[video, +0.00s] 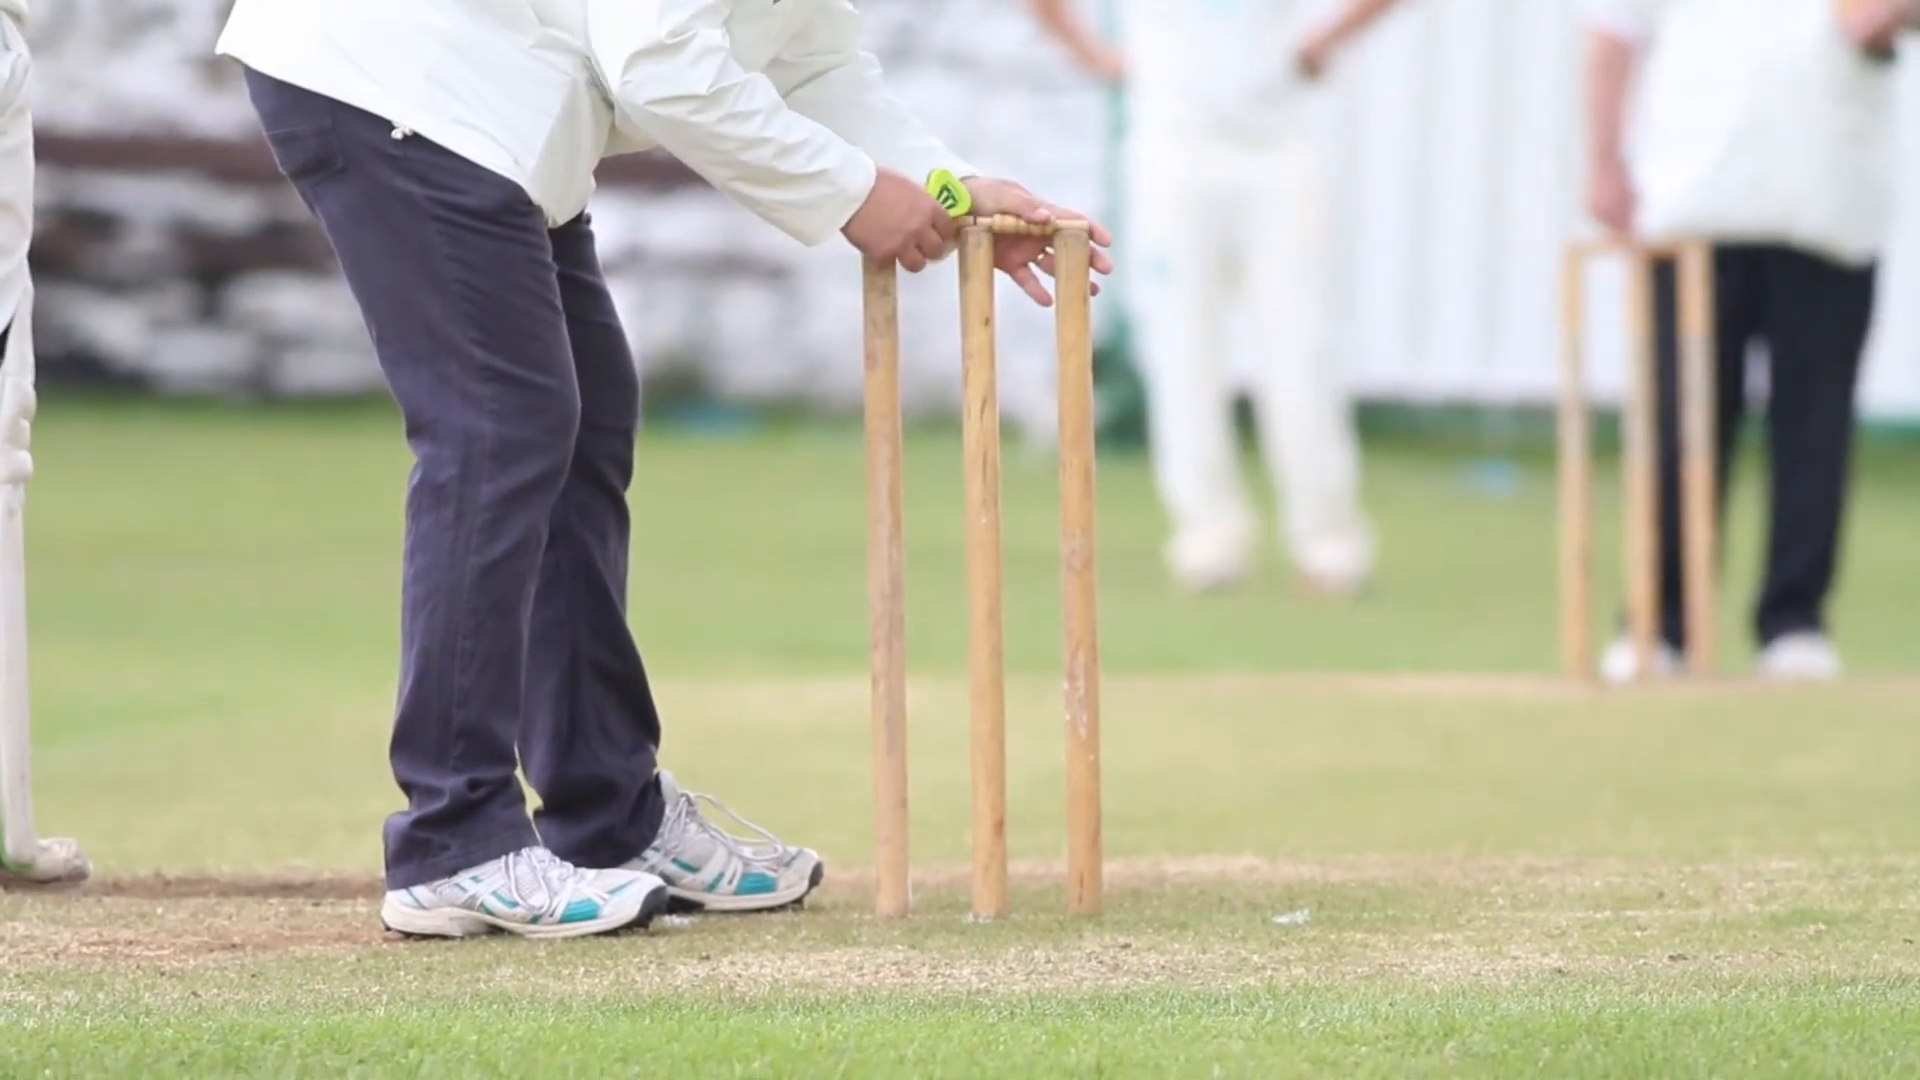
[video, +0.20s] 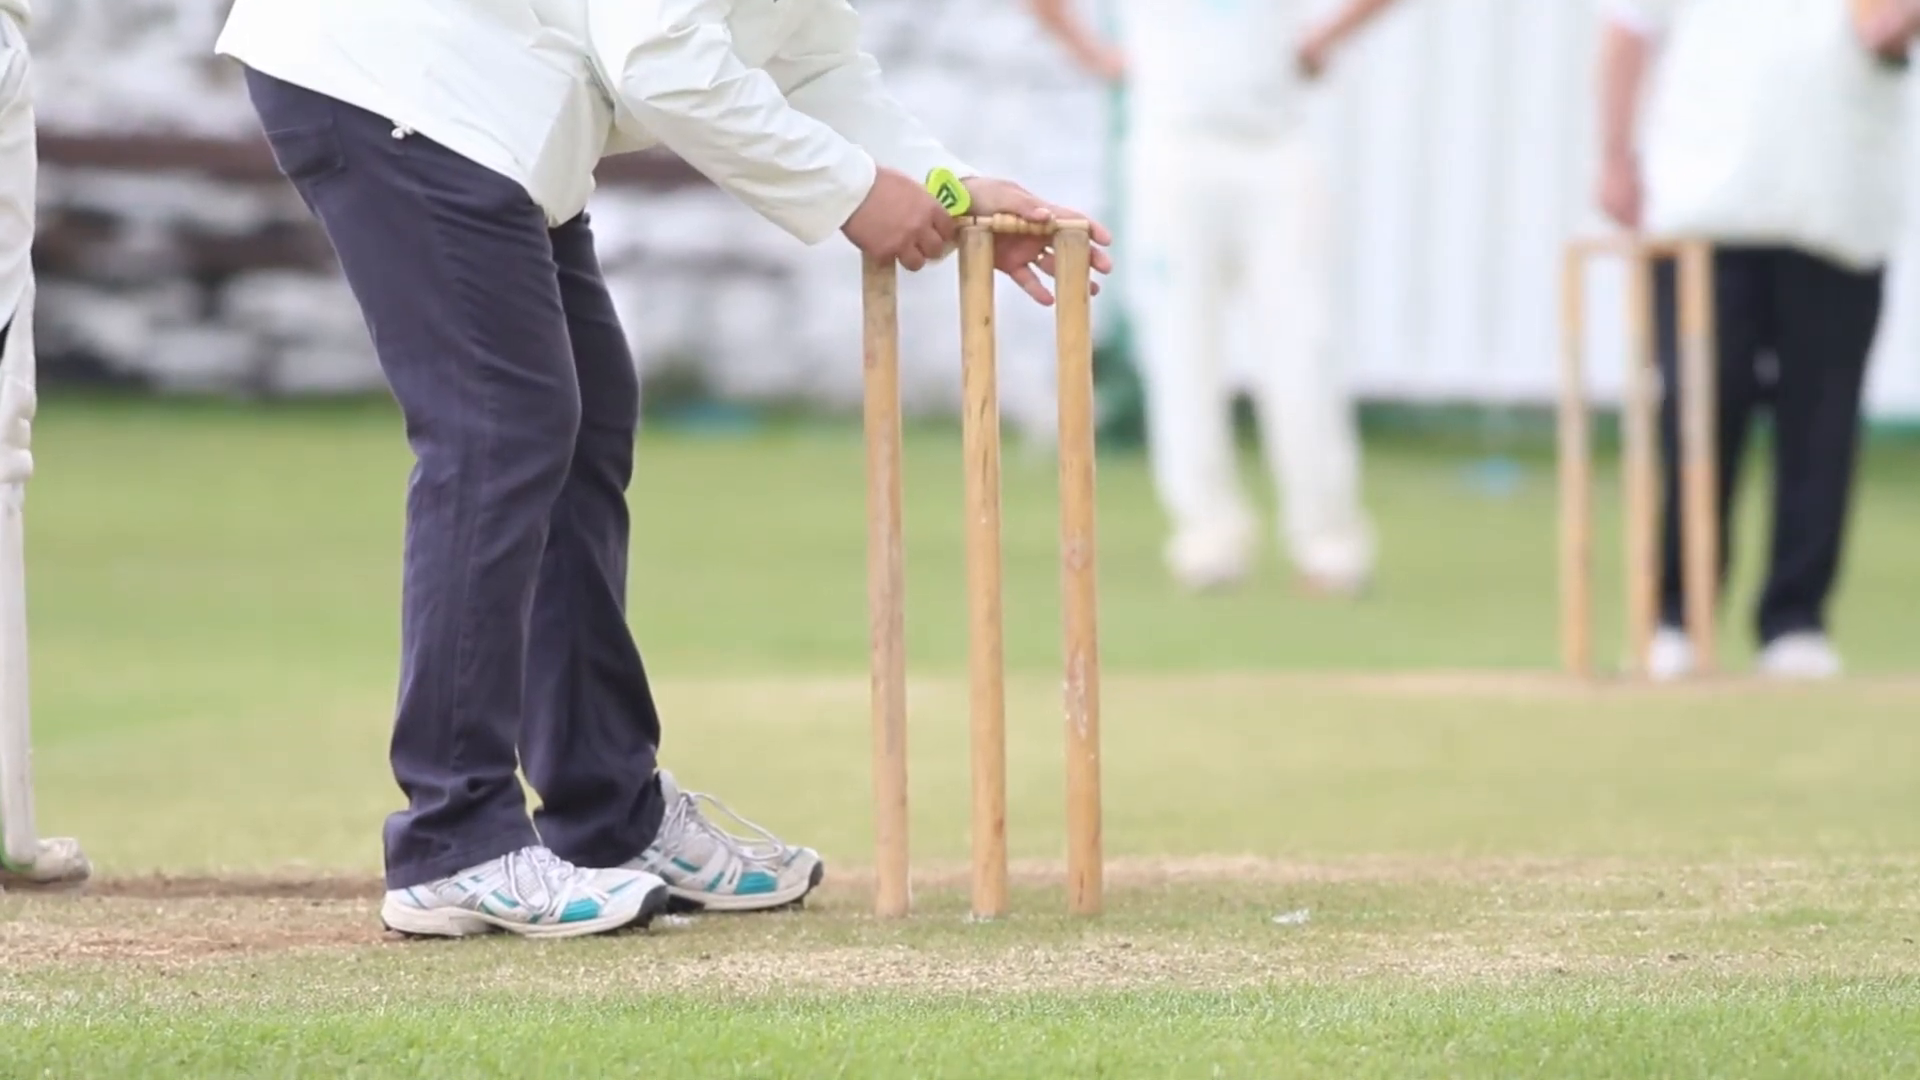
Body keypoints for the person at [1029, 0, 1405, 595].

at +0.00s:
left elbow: (1385, 4)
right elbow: (1038, 4)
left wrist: (1322, 43)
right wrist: (1095, 53)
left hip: (1287, 115)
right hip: (1168, 115)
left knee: (1300, 337)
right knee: (1178, 340)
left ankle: (1327, 539)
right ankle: (1208, 536)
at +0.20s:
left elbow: (1382, 4)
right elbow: (1037, 4)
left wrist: (1323, 40)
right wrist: (1095, 51)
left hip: (1282, 124)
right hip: (1169, 122)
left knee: (1302, 340)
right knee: (1178, 343)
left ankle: (1328, 538)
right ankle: (1209, 536)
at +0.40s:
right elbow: (1034, 3)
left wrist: (1321, 37)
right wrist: (1096, 52)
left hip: (1280, 127)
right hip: (1170, 125)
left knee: (1301, 338)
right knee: (1178, 342)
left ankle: (1327, 536)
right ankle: (1209, 532)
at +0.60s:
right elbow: (1034, 4)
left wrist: (1321, 36)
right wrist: (1096, 52)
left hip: (1280, 128)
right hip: (1170, 126)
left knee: (1301, 338)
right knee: (1178, 343)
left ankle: (1328, 536)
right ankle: (1209, 532)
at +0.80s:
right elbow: (1035, 3)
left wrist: (1321, 35)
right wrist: (1097, 52)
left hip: (1280, 128)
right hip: (1170, 126)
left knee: (1301, 338)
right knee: (1179, 343)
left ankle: (1327, 536)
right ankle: (1209, 532)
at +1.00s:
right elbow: (1037, 4)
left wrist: (1322, 35)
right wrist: (1096, 48)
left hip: (1281, 128)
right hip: (1170, 126)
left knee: (1300, 339)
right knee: (1178, 344)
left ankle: (1328, 536)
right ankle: (1208, 532)